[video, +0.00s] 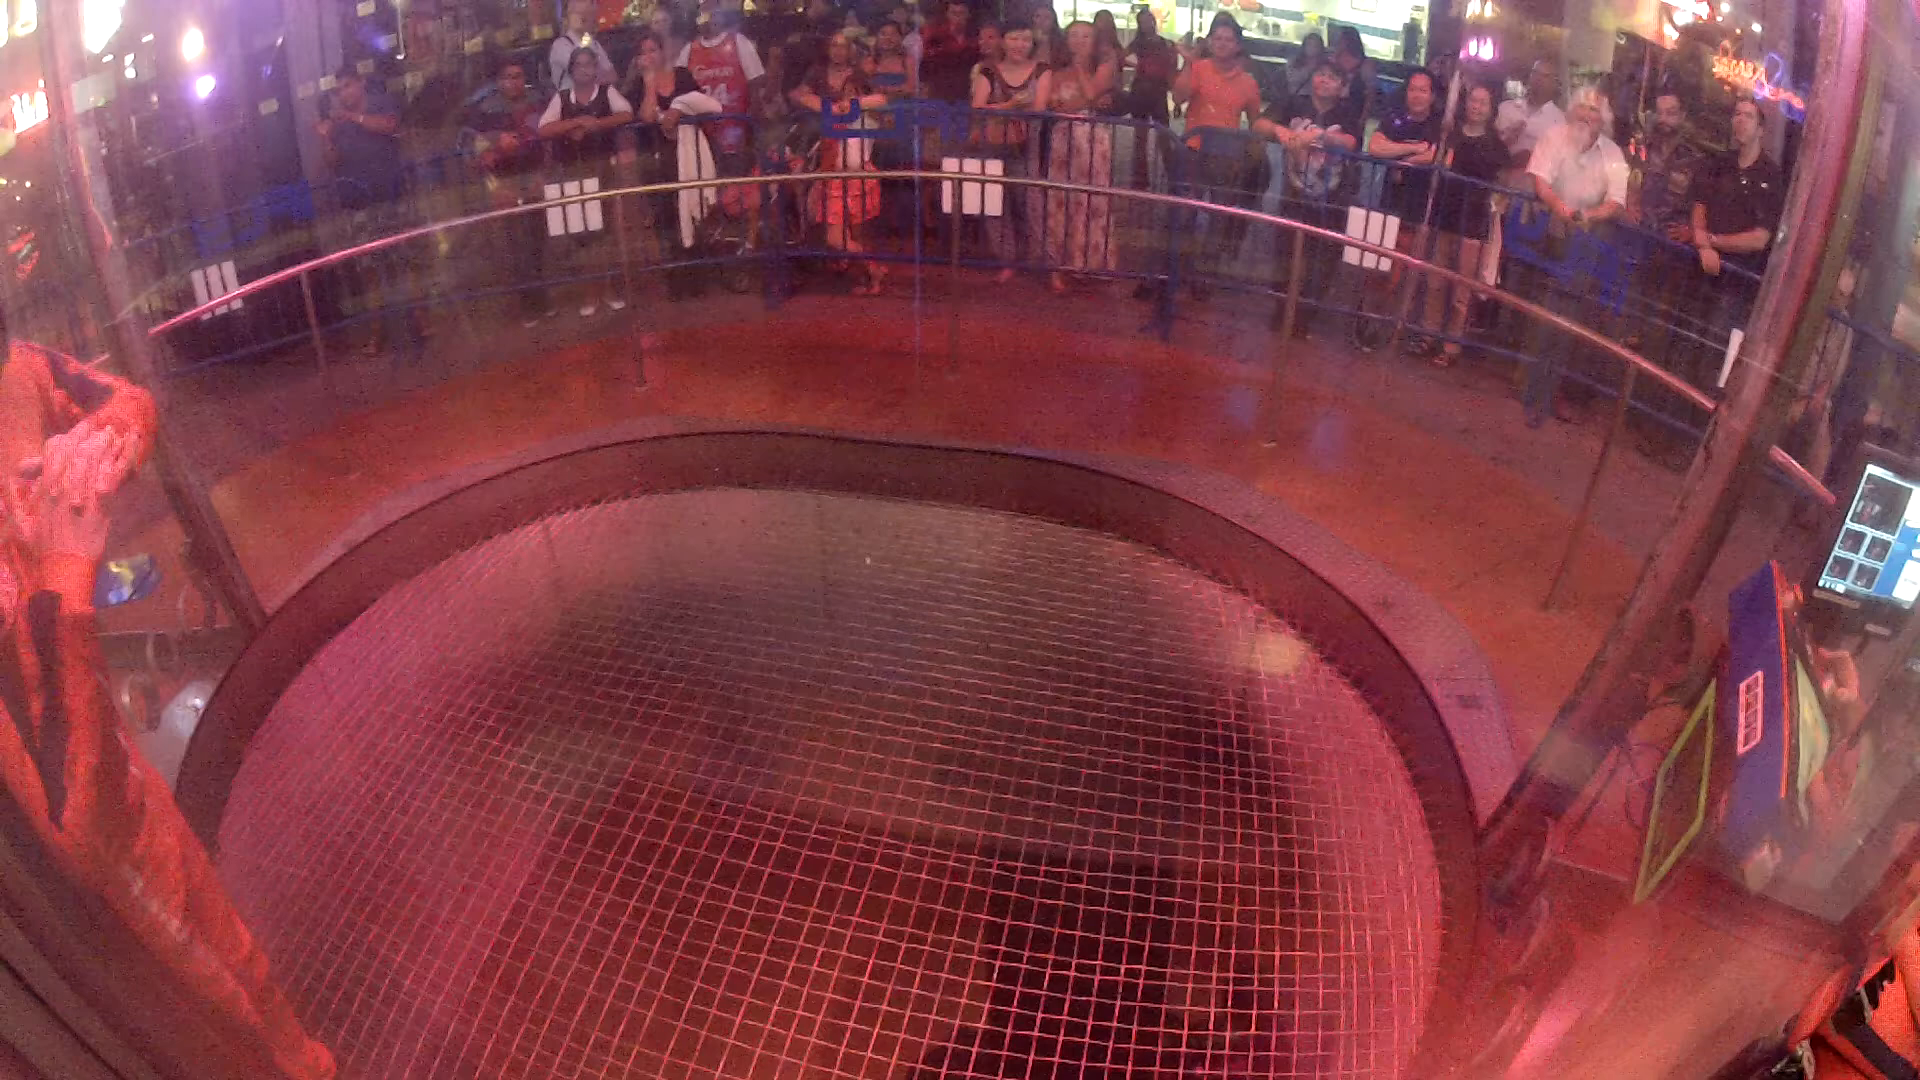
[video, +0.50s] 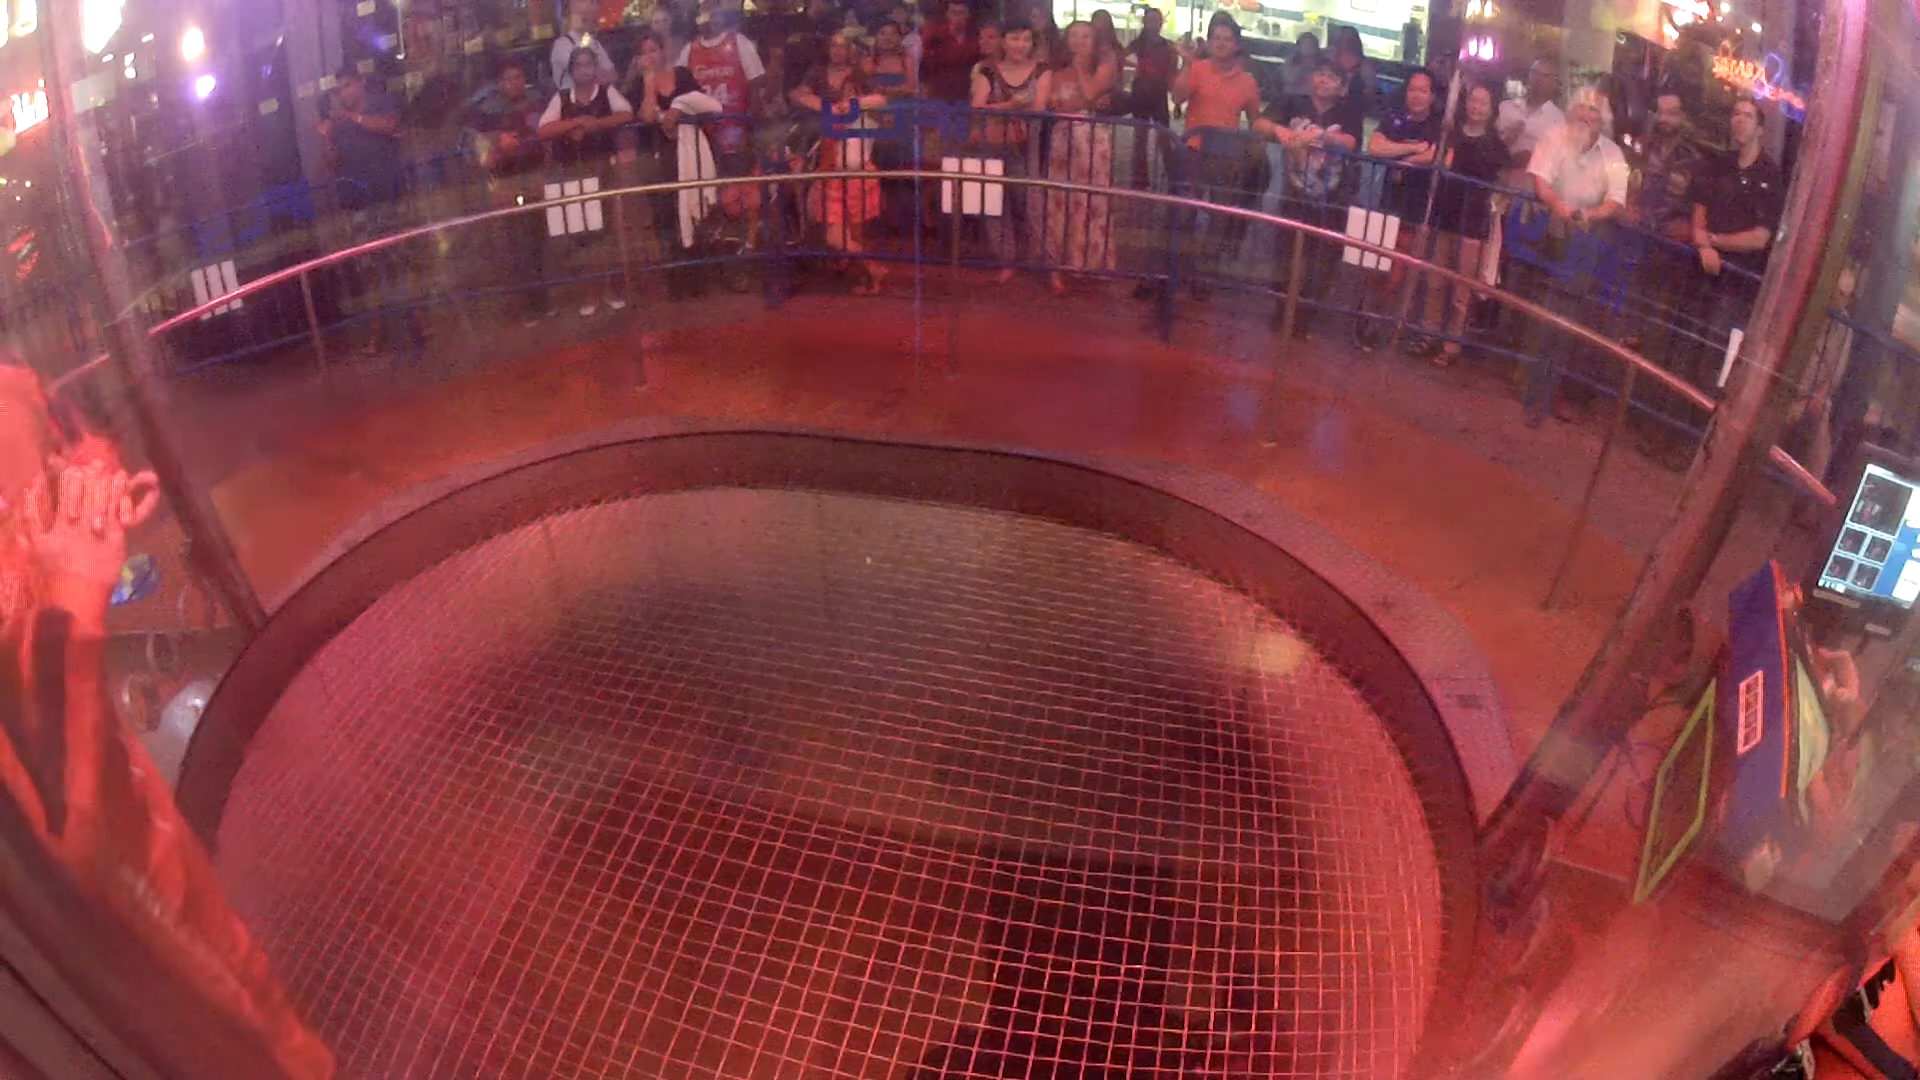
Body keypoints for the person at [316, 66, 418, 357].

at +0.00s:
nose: (344, 93)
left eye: (349, 86)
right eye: (340, 89)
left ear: (363, 86)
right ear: (337, 93)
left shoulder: (381, 108)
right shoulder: (339, 123)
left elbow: (389, 125)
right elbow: (333, 162)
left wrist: (352, 117)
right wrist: (326, 139)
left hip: (393, 197)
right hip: (358, 204)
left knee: (407, 262)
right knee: (369, 270)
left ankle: (419, 320)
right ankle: (377, 330)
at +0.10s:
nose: (345, 93)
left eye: (349, 86)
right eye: (341, 89)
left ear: (362, 86)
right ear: (338, 93)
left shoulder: (380, 107)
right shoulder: (338, 123)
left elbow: (389, 125)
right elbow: (333, 162)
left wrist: (354, 118)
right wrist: (326, 140)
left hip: (393, 197)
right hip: (358, 203)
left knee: (410, 260)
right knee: (368, 270)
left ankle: (419, 319)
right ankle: (376, 330)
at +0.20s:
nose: (344, 93)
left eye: (349, 86)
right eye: (340, 89)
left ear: (362, 85)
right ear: (337, 94)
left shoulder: (381, 108)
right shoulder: (338, 123)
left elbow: (390, 126)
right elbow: (333, 162)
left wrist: (353, 118)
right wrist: (326, 140)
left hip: (394, 198)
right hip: (359, 204)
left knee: (409, 262)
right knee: (369, 270)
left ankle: (419, 320)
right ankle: (377, 331)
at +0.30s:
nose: (345, 93)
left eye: (349, 86)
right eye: (340, 89)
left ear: (362, 85)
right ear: (337, 93)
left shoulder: (380, 107)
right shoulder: (338, 123)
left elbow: (390, 125)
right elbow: (333, 162)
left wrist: (354, 118)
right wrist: (326, 140)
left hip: (393, 197)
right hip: (358, 203)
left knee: (407, 261)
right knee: (369, 270)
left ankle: (419, 320)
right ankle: (377, 330)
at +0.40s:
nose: (344, 93)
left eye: (348, 86)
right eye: (339, 89)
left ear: (362, 86)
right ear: (337, 94)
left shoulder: (380, 107)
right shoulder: (339, 122)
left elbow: (390, 126)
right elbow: (333, 162)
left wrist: (353, 118)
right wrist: (326, 139)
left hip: (393, 198)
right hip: (358, 204)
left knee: (408, 262)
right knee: (369, 270)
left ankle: (419, 321)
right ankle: (377, 330)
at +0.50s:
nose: (344, 93)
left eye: (348, 86)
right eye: (340, 88)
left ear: (362, 85)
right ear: (338, 93)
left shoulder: (381, 106)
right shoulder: (338, 122)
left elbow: (390, 125)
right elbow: (333, 164)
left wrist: (353, 118)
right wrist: (327, 140)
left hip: (392, 197)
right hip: (358, 204)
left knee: (407, 262)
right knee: (368, 270)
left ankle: (418, 320)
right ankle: (376, 331)